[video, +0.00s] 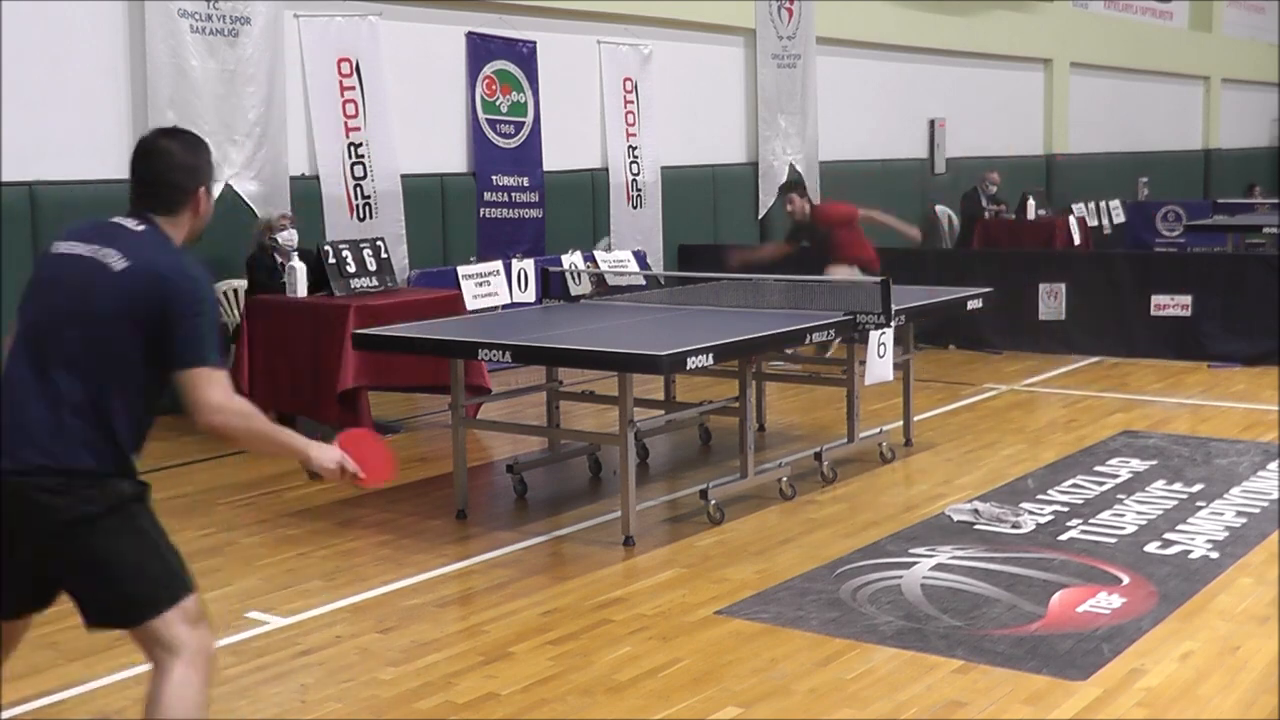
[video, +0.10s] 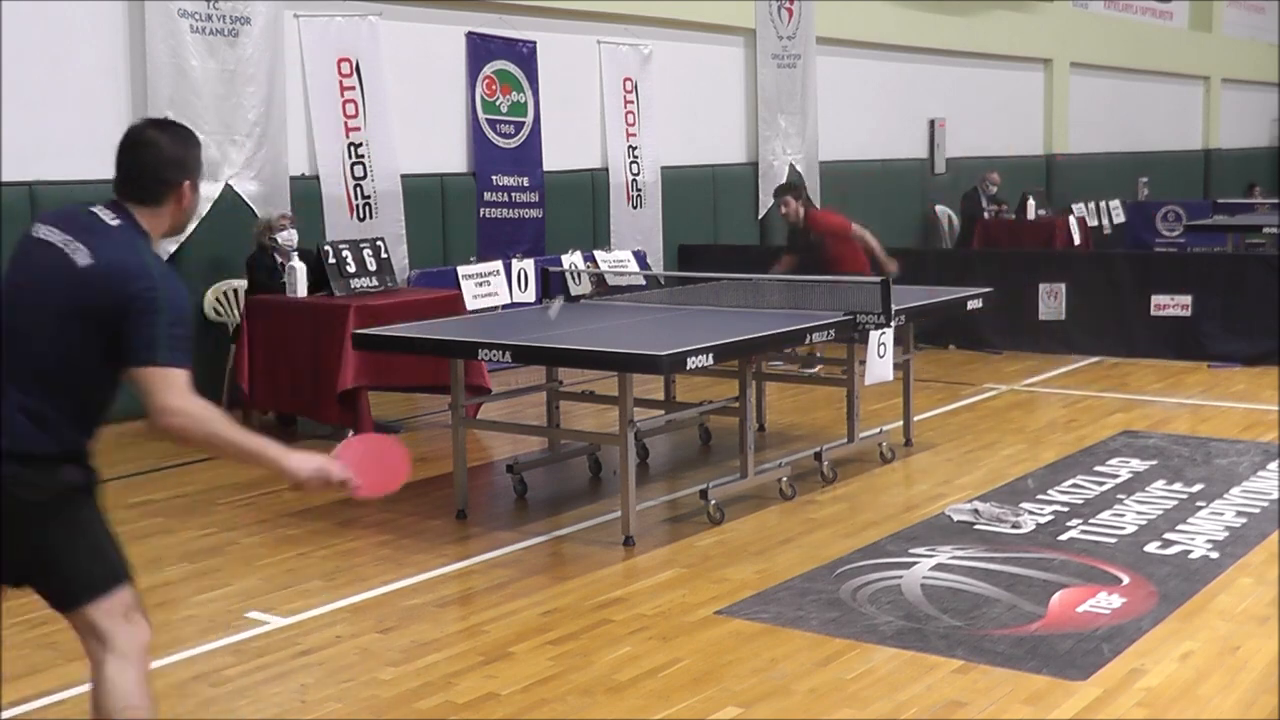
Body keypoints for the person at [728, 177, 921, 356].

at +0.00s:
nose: (788, 208)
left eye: (790, 202)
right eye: (785, 204)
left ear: (805, 198)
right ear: (788, 206)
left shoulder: (828, 213)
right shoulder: (801, 226)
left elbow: (872, 215)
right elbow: (780, 249)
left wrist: (909, 231)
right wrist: (744, 257)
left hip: (863, 266)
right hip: (838, 269)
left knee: (832, 272)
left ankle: (829, 331)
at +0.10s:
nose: (782, 211)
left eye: (786, 205)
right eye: (779, 206)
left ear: (800, 202)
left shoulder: (820, 220)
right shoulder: (797, 228)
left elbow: (862, 233)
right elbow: (789, 260)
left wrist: (885, 261)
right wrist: (768, 280)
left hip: (856, 277)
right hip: (830, 278)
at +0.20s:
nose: (790, 200)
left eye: (794, 194)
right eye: (787, 195)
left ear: (809, 194)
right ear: (785, 197)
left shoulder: (824, 215)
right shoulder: (801, 223)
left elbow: (866, 228)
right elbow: (790, 256)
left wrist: (873, 266)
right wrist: (765, 280)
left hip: (855, 277)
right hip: (831, 277)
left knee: (810, 303)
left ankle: (814, 356)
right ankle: (790, 349)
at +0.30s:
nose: (802, 183)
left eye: (806, 177)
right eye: (799, 178)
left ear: (819, 177)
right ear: (796, 180)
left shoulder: (839, 196)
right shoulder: (810, 207)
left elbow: (881, 203)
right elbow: (794, 243)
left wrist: (883, 242)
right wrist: (768, 264)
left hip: (869, 257)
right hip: (843, 257)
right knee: (816, 297)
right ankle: (815, 355)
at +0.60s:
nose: (878, 158)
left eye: (883, 152)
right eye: (874, 153)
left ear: (895, 154)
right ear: (870, 156)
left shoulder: (915, 179)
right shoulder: (868, 187)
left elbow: (940, 205)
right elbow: (851, 220)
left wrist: (934, 240)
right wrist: (829, 239)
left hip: (922, 256)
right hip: (890, 258)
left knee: (937, 307)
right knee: (879, 307)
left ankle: (953, 359)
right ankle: (878, 357)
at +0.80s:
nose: (913, 171)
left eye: (918, 164)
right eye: (909, 166)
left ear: (931, 165)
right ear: (905, 168)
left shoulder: (952, 188)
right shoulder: (905, 199)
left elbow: (986, 213)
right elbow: (887, 237)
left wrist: (965, 242)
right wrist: (866, 266)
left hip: (962, 262)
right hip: (928, 265)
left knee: (981, 311)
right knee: (898, 310)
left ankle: (1022, 366)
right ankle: (907, 363)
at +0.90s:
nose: (918, 179)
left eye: (923, 172)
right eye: (915, 174)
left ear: (939, 172)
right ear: (912, 175)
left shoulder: (961, 196)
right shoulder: (917, 206)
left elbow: (986, 231)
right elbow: (907, 243)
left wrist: (951, 251)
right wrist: (885, 275)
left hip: (970, 272)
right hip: (933, 275)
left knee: (991, 321)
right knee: (895, 305)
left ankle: (1029, 369)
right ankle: (908, 364)